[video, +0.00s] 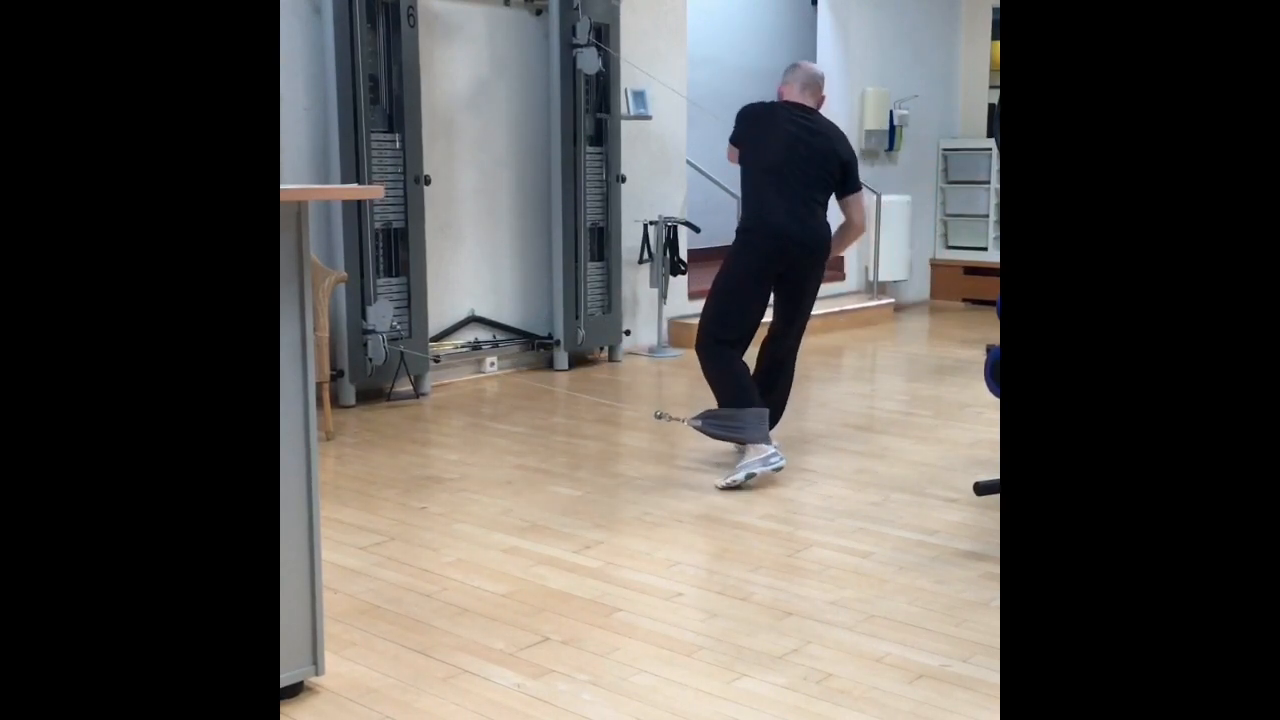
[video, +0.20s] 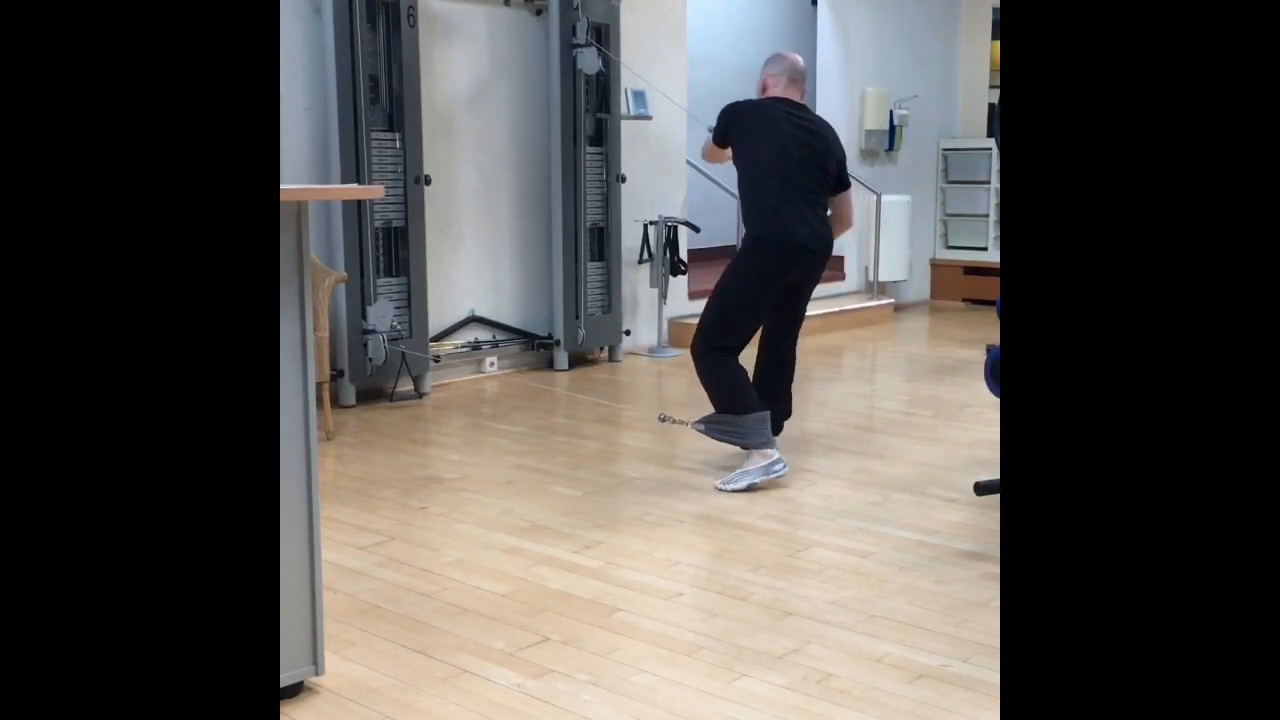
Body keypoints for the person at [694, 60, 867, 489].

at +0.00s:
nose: (782, 95)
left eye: (781, 89)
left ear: (782, 88)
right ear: (822, 100)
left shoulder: (754, 114)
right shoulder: (837, 141)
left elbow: (735, 156)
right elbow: (855, 222)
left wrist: (776, 145)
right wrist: (825, 251)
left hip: (757, 245)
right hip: (808, 256)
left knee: (715, 343)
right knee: (781, 348)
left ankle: (758, 445)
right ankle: (753, 439)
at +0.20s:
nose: (760, 88)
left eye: (762, 82)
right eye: (765, 84)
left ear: (767, 81)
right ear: (803, 88)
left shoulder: (742, 113)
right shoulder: (825, 133)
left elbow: (713, 154)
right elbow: (844, 218)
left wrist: (748, 145)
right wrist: (813, 239)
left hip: (766, 246)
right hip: (814, 251)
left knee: (711, 347)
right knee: (780, 343)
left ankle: (760, 452)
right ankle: (763, 436)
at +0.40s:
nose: (734, 87)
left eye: (736, 81)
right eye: (737, 81)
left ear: (745, 79)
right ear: (778, 81)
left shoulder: (730, 114)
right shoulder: (808, 124)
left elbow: (682, 148)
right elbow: (823, 199)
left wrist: (693, 126)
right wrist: (826, 253)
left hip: (781, 249)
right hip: (820, 249)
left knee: (716, 349)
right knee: (777, 343)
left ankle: (765, 460)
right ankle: (780, 432)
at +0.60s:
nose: (711, 83)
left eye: (715, 74)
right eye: (712, 74)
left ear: (736, 76)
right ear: (756, 78)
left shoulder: (732, 118)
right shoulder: (791, 120)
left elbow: (658, 152)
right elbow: (789, 197)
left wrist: (655, 127)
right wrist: (735, 239)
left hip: (794, 256)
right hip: (819, 251)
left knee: (728, 346)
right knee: (781, 344)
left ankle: (762, 463)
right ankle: (789, 430)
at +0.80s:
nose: (700, 85)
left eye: (706, 76)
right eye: (700, 76)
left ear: (733, 78)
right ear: (740, 79)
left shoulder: (738, 123)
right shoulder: (773, 119)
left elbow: (653, 158)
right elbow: (757, 200)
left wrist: (631, 133)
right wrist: (705, 236)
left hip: (797, 259)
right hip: (806, 255)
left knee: (740, 340)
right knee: (778, 345)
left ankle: (755, 461)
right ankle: (790, 431)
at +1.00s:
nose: (697, 85)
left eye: (705, 75)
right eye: (697, 75)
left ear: (736, 77)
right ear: (734, 78)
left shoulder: (748, 125)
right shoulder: (755, 123)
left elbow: (663, 163)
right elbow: (731, 194)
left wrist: (610, 135)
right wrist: (685, 232)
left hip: (792, 260)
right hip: (777, 258)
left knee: (742, 344)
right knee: (771, 345)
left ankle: (747, 465)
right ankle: (789, 432)